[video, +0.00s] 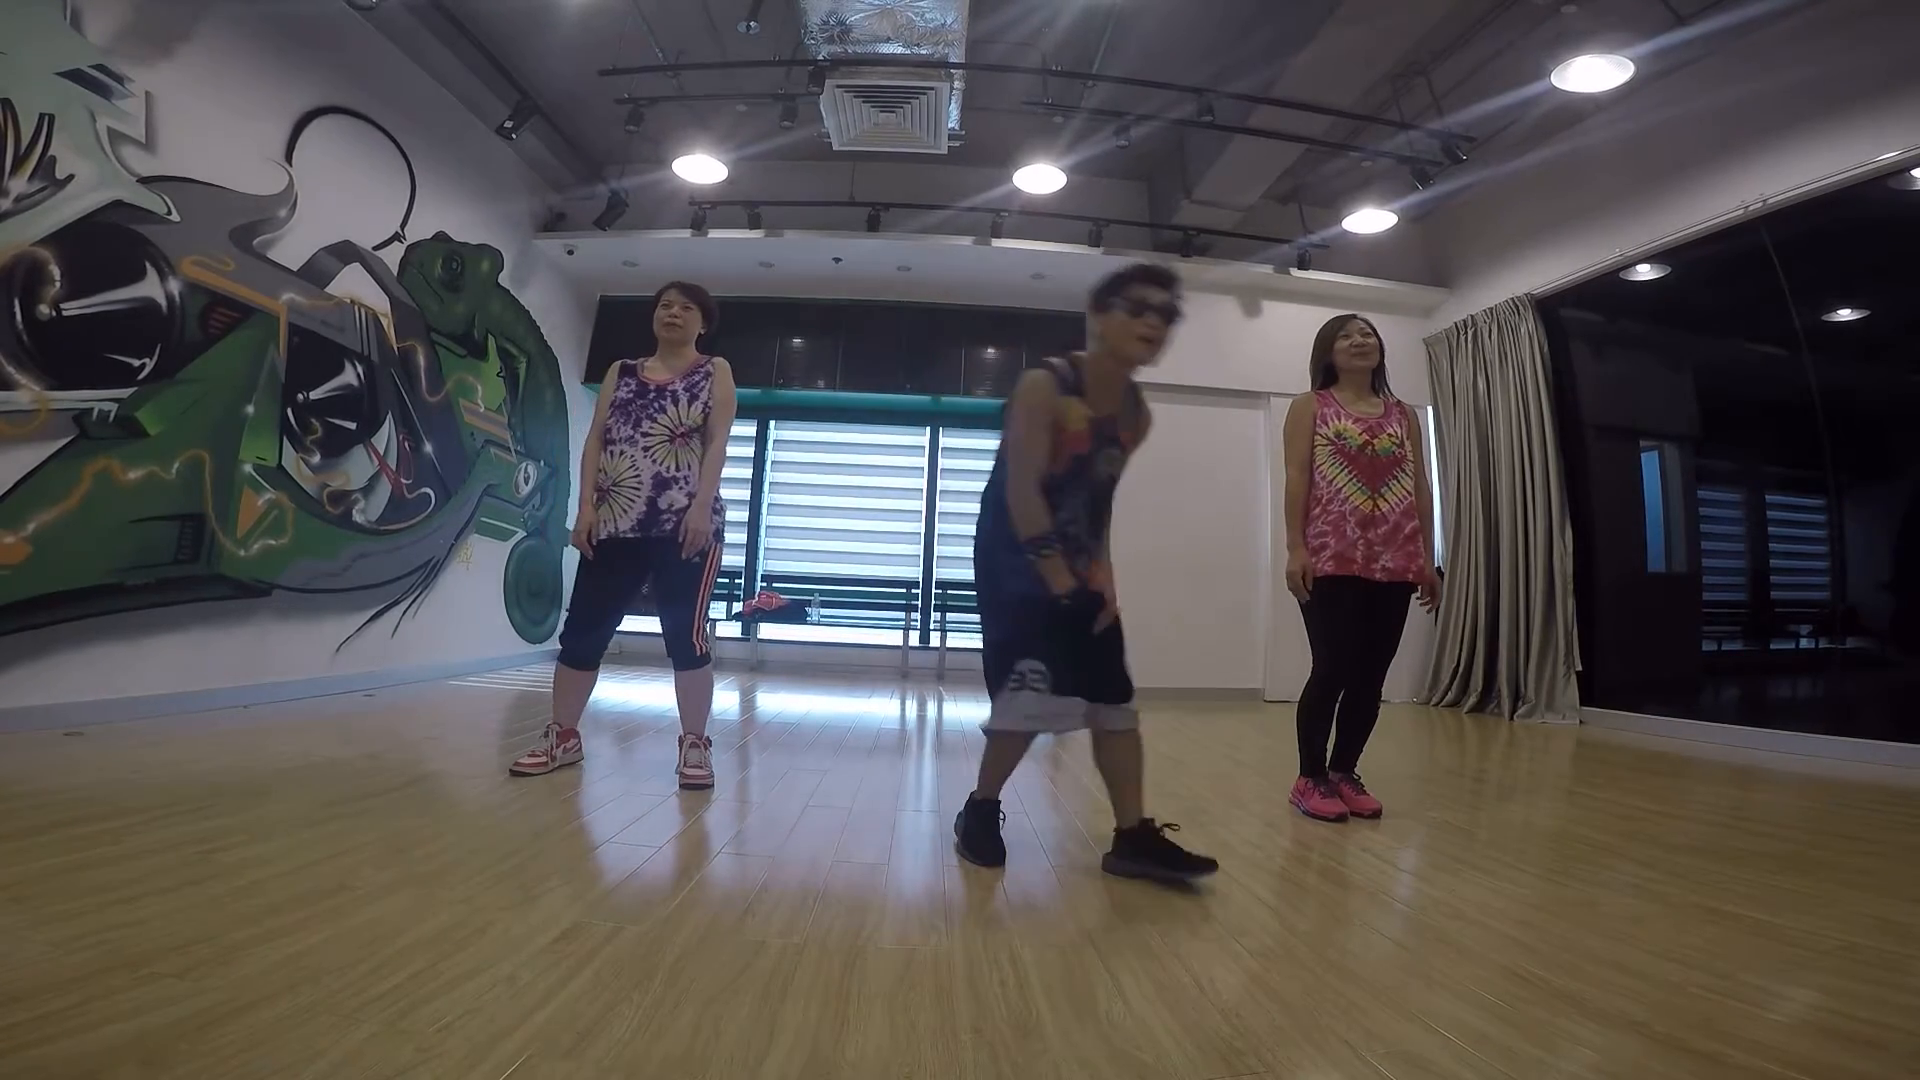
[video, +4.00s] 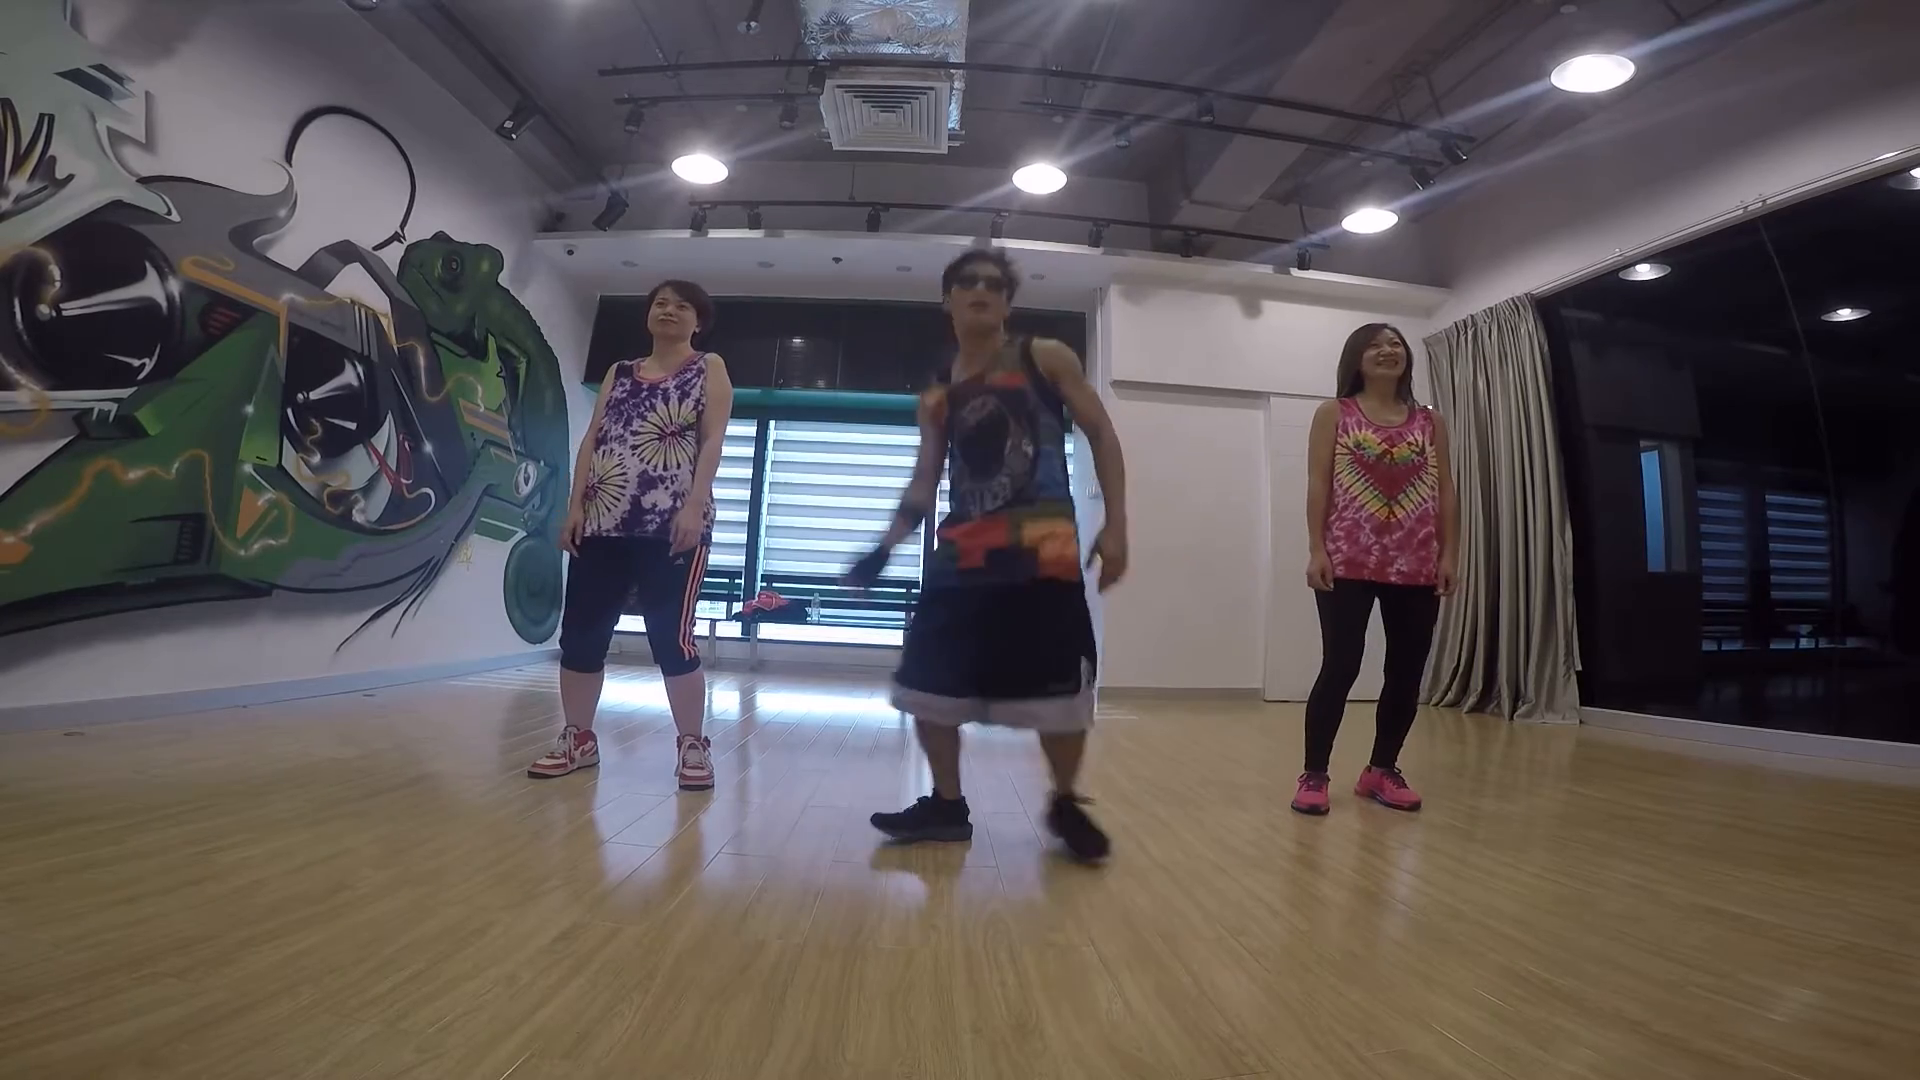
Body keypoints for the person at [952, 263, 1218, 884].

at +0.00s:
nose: (1153, 325)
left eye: (1165, 316)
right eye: (1138, 309)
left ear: (1171, 332)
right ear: (1098, 316)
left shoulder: (1136, 414)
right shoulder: (1044, 385)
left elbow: (1098, 499)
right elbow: (1022, 488)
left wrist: (1102, 574)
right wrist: (1058, 577)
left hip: (1082, 558)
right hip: (1016, 548)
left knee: (1111, 690)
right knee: (1031, 684)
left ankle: (1133, 834)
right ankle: (982, 807)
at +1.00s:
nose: (1235, 405)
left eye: (1243, 398)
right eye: (1224, 389)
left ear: (1242, 410)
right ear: (1179, 386)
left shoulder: (1152, 468)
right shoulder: (1155, 414)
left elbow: (1127, 576)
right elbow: (1109, 496)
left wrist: (1206, 616)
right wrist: (1112, 614)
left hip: (1072, 591)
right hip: (1016, 579)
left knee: (1125, 697)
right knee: (1037, 707)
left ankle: (1135, 837)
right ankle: (973, 809)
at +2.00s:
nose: (1101, 309)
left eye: (1101, 300)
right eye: (1096, 297)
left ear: (1070, 301)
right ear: (1068, 294)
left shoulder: (1080, 379)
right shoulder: (994, 347)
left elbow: (1074, 466)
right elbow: (949, 425)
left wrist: (1097, 544)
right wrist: (943, 516)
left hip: (1084, 557)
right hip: (1011, 554)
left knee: (1098, 687)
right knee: (983, 688)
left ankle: (1087, 808)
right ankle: (965, 808)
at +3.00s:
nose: (944, 328)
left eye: (952, 317)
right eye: (947, 317)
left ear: (977, 320)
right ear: (978, 324)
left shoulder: (1033, 361)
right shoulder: (970, 405)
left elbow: (1089, 405)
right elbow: (899, 440)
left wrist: (1143, 433)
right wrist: (829, 400)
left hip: (1036, 567)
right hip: (961, 567)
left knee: (1067, 700)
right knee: (917, 685)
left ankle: (1099, 811)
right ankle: (940, 805)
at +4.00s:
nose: (980, 294)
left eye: (992, 286)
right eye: (967, 284)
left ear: (1009, 301)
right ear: (947, 299)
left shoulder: (1047, 358)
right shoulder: (939, 397)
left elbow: (1102, 435)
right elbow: (922, 486)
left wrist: (1116, 524)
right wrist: (883, 547)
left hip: (1045, 555)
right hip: (963, 558)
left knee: (1064, 687)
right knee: (928, 685)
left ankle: (1066, 803)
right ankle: (946, 803)